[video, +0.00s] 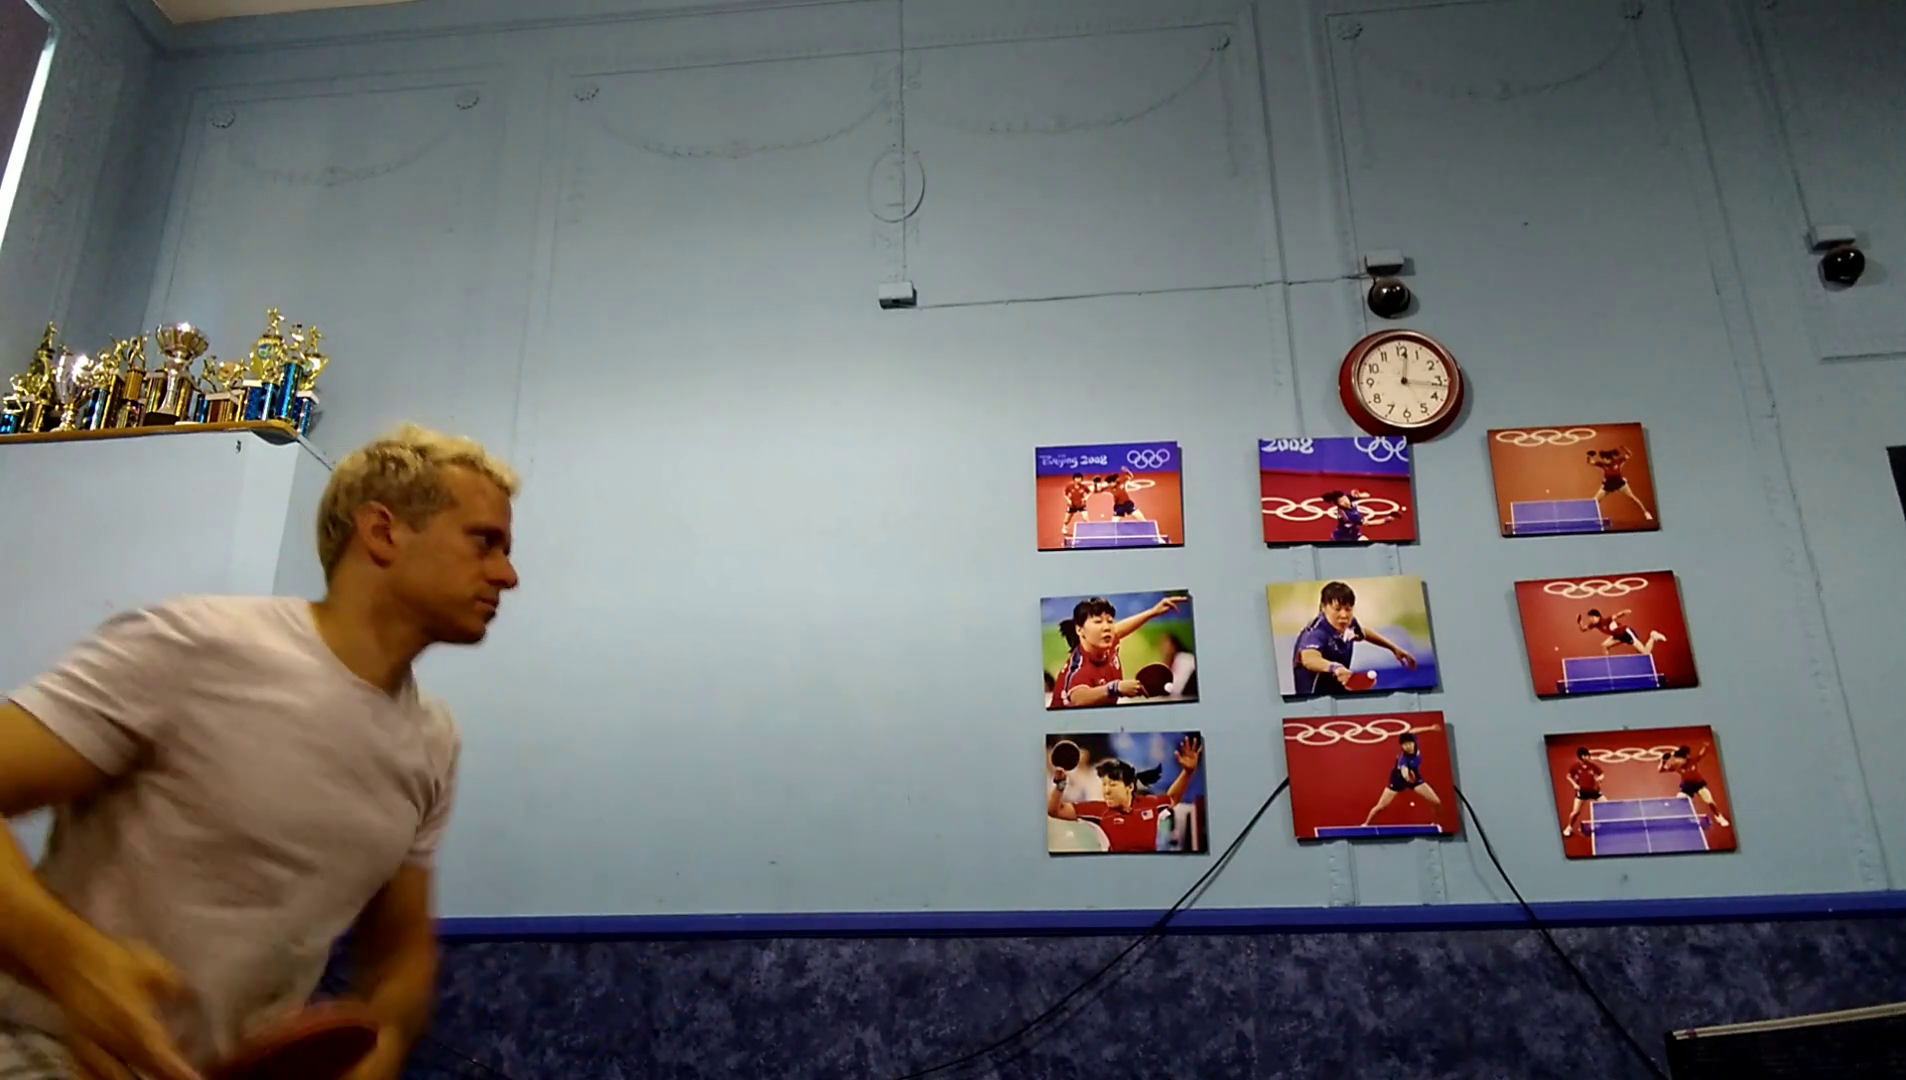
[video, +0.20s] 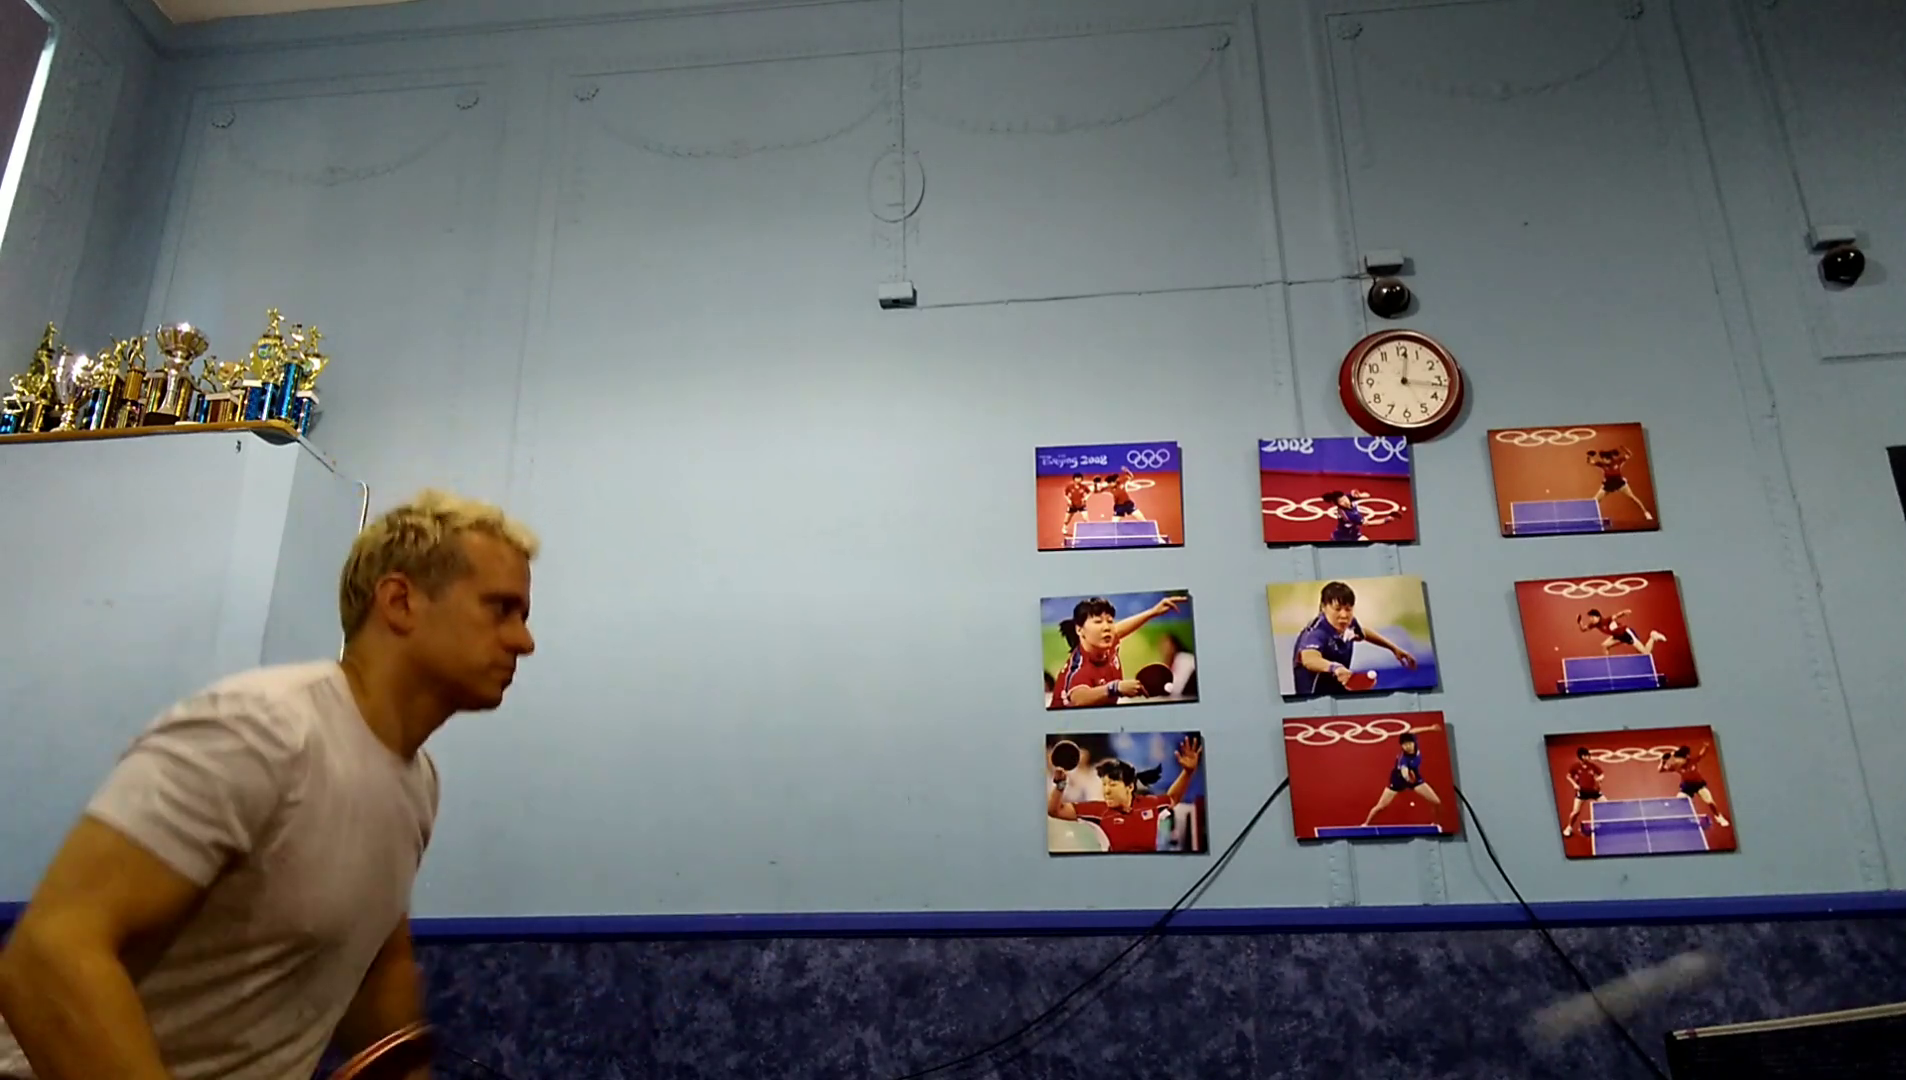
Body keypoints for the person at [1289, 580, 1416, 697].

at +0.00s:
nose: (1344, 615)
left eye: (1348, 609)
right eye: (1338, 609)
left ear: (1353, 609)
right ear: (1324, 608)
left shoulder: (1349, 624)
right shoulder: (1316, 633)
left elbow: (1364, 634)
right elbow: (1309, 660)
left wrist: (1395, 649)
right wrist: (1335, 668)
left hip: (1341, 704)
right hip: (1314, 708)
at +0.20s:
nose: (1344, 615)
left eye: (1348, 609)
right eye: (1338, 609)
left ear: (1353, 609)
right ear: (1324, 608)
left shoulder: (1349, 624)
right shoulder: (1316, 633)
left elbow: (1364, 634)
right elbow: (1309, 660)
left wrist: (1395, 649)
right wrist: (1335, 668)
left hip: (1341, 704)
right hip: (1314, 708)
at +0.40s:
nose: (1344, 615)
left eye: (1348, 609)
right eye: (1338, 609)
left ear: (1353, 609)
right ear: (1324, 608)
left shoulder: (1349, 624)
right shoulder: (1316, 633)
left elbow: (1364, 634)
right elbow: (1309, 660)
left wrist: (1395, 649)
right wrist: (1335, 668)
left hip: (1341, 703)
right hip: (1314, 708)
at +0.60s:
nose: (1344, 615)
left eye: (1348, 609)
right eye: (1338, 609)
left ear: (1353, 609)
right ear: (1324, 608)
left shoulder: (1349, 624)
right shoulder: (1316, 633)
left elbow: (1364, 634)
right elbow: (1309, 660)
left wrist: (1394, 649)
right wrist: (1335, 668)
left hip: (1341, 703)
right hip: (1314, 707)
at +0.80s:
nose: (1344, 615)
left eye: (1348, 609)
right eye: (1338, 609)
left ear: (1353, 609)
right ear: (1324, 608)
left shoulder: (1349, 624)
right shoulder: (1315, 633)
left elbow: (1364, 634)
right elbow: (1309, 660)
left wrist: (1395, 649)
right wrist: (1335, 668)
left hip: (1341, 704)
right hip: (1314, 708)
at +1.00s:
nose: (1344, 615)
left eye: (1348, 609)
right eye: (1338, 609)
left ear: (1353, 609)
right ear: (1324, 608)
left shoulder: (1349, 624)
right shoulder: (1315, 633)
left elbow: (1364, 634)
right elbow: (1309, 660)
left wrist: (1395, 649)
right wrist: (1335, 668)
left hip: (1341, 704)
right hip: (1314, 708)